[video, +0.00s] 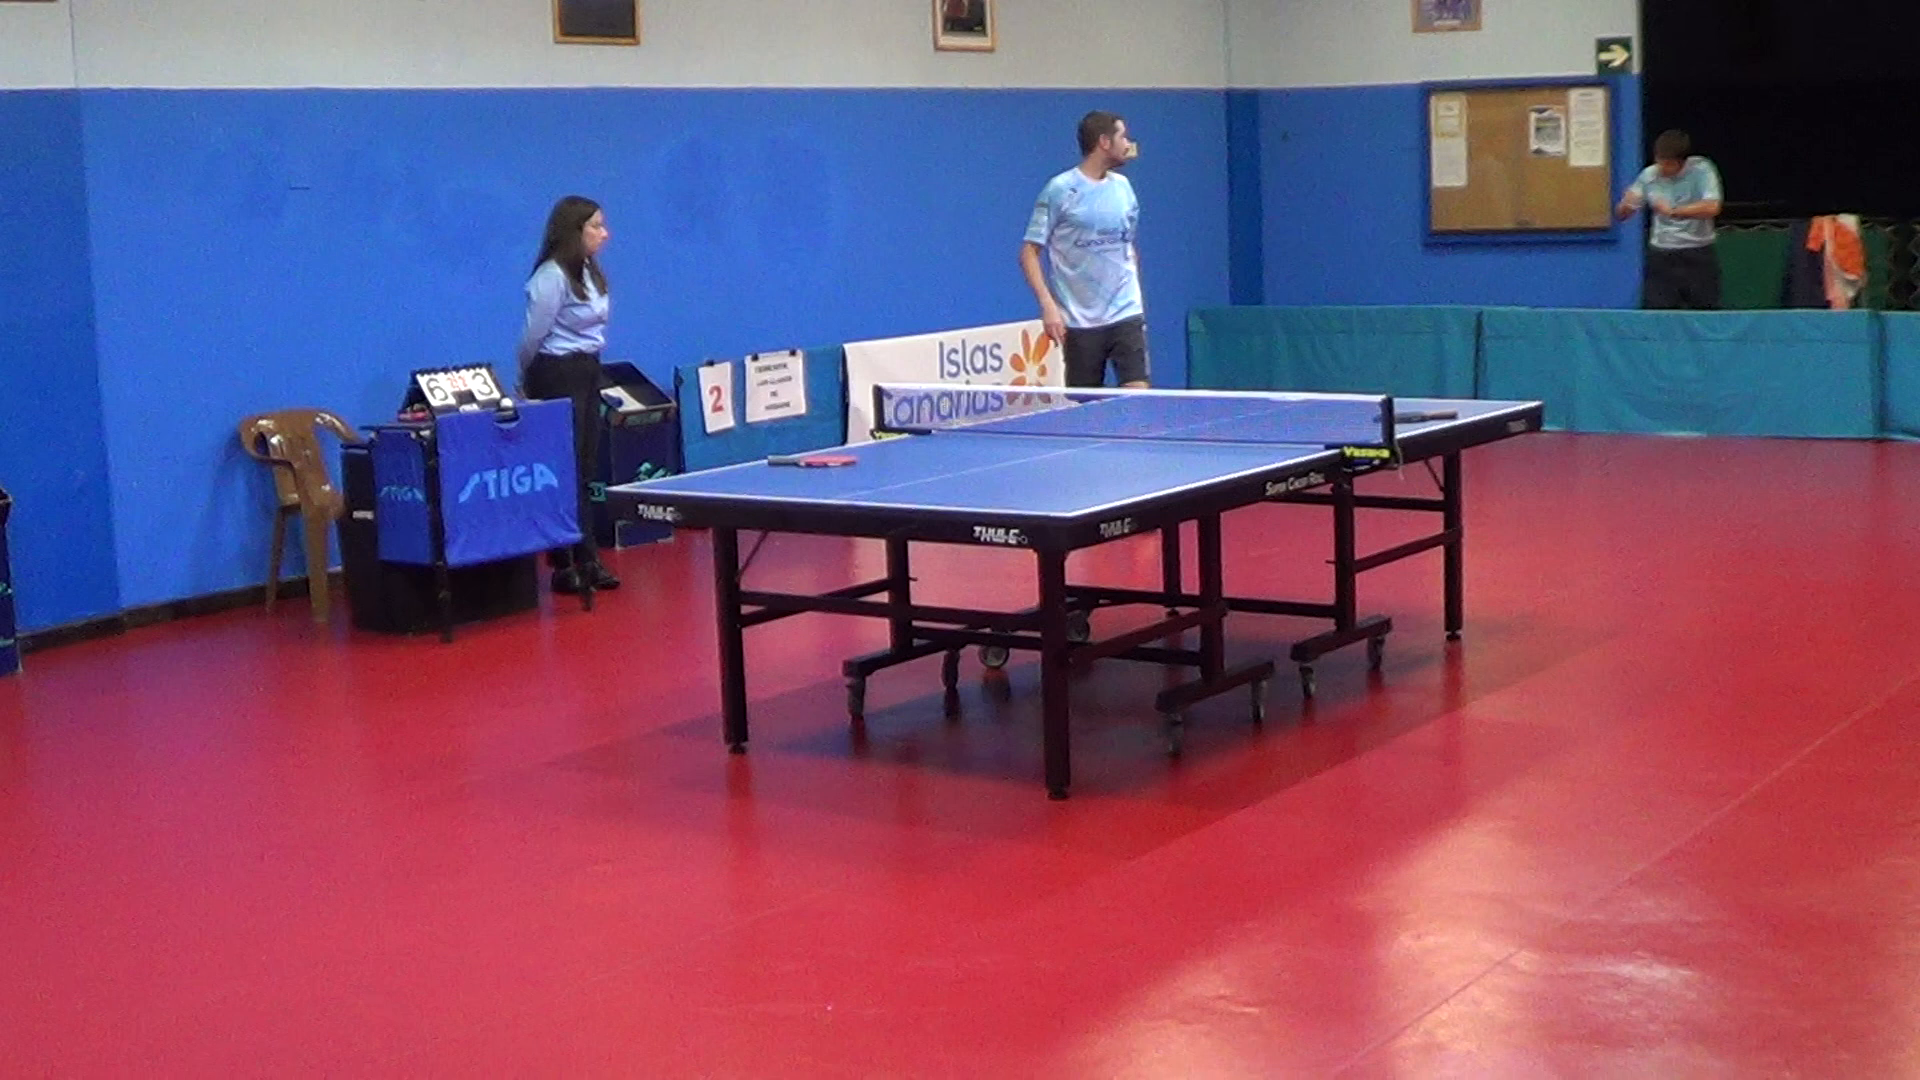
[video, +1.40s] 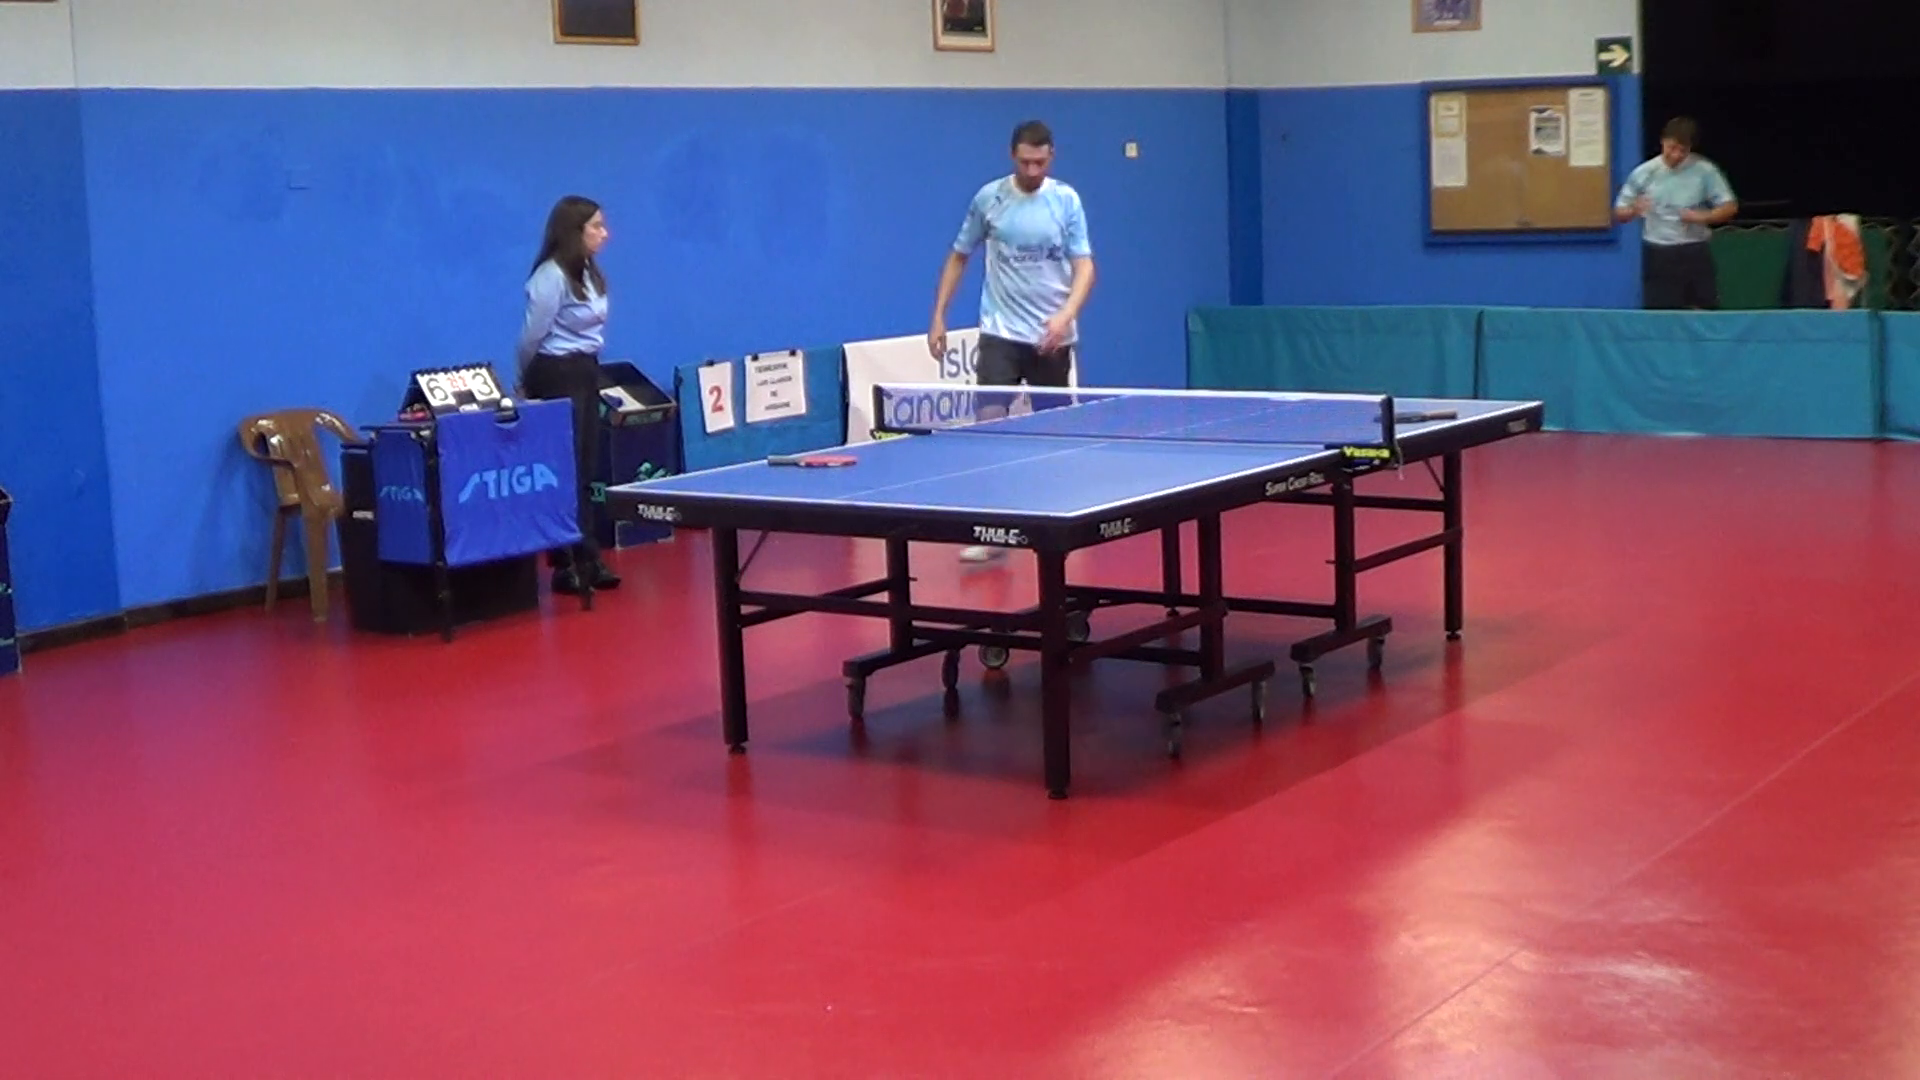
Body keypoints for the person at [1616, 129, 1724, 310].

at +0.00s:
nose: (1663, 168)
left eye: (1668, 164)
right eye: (1661, 163)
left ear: (1681, 161)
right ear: (1657, 159)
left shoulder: (1702, 169)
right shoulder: (1649, 174)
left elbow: (1712, 207)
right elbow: (1622, 214)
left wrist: (1673, 211)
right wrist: (1627, 205)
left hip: (1698, 254)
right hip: (1662, 255)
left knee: (1705, 314)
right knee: (1658, 315)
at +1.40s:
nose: (1676, 155)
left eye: (1682, 150)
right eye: (1672, 148)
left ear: (1690, 149)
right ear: (1662, 144)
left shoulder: (1705, 171)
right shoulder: (1645, 172)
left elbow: (1729, 207)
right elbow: (1619, 213)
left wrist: (1702, 217)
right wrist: (1635, 209)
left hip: (1695, 251)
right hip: (1658, 252)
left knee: (1703, 311)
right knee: (1660, 313)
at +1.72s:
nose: (1730, 147)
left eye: (1733, 142)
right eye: (1725, 140)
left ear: (1735, 143)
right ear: (1706, 137)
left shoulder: (1736, 176)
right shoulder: (1676, 172)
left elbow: (1741, 221)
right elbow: (1651, 213)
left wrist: (1751, 262)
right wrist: (1678, 215)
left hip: (1721, 253)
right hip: (1686, 252)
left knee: (1724, 315)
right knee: (1687, 317)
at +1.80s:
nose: (1742, 150)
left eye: (1744, 145)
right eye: (1737, 143)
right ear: (1719, 139)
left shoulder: (1741, 174)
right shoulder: (1687, 171)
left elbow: (1743, 218)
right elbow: (1659, 213)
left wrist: (1753, 254)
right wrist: (1690, 216)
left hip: (1730, 252)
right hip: (1696, 251)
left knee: (1728, 315)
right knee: (1694, 316)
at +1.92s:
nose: (1756, 154)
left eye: (1759, 148)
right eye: (1753, 147)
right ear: (1735, 141)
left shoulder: (1747, 176)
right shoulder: (1700, 170)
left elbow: (1746, 221)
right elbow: (1672, 214)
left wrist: (1753, 264)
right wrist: (1710, 217)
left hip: (1736, 251)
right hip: (1705, 249)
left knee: (1735, 314)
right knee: (1706, 315)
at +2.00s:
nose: (1763, 154)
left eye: (1766, 148)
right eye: (1761, 146)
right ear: (1744, 139)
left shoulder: (1749, 174)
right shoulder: (1708, 168)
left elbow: (1747, 223)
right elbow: (1682, 212)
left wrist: (1756, 262)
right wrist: (1724, 219)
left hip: (1739, 250)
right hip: (1711, 248)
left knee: (1739, 313)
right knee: (1716, 313)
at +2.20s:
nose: (1780, 156)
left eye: (1783, 151)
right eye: (1779, 149)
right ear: (1764, 140)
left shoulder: (1754, 172)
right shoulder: (1731, 167)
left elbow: (1752, 225)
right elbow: (1712, 211)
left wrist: (1764, 263)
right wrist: (1760, 223)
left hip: (1747, 251)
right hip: (1728, 249)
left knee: (1750, 317)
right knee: (1742, 317)